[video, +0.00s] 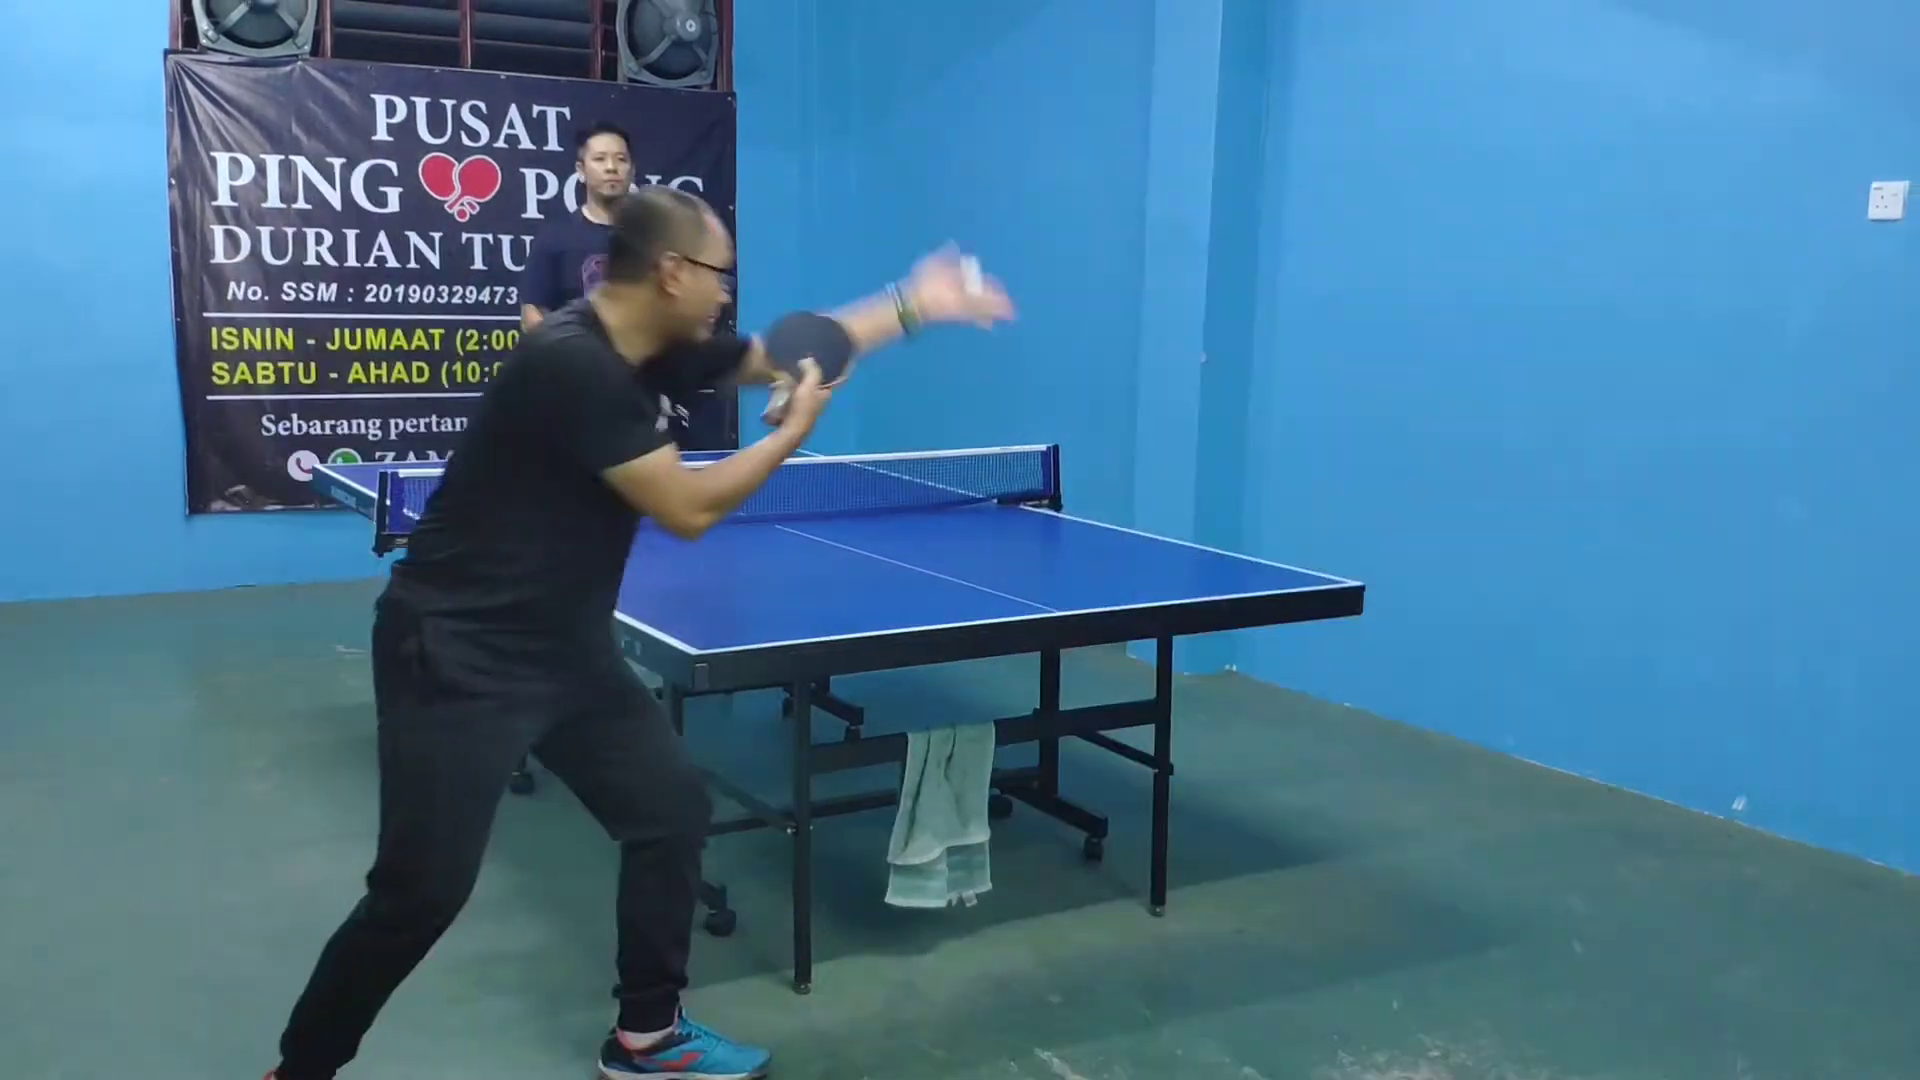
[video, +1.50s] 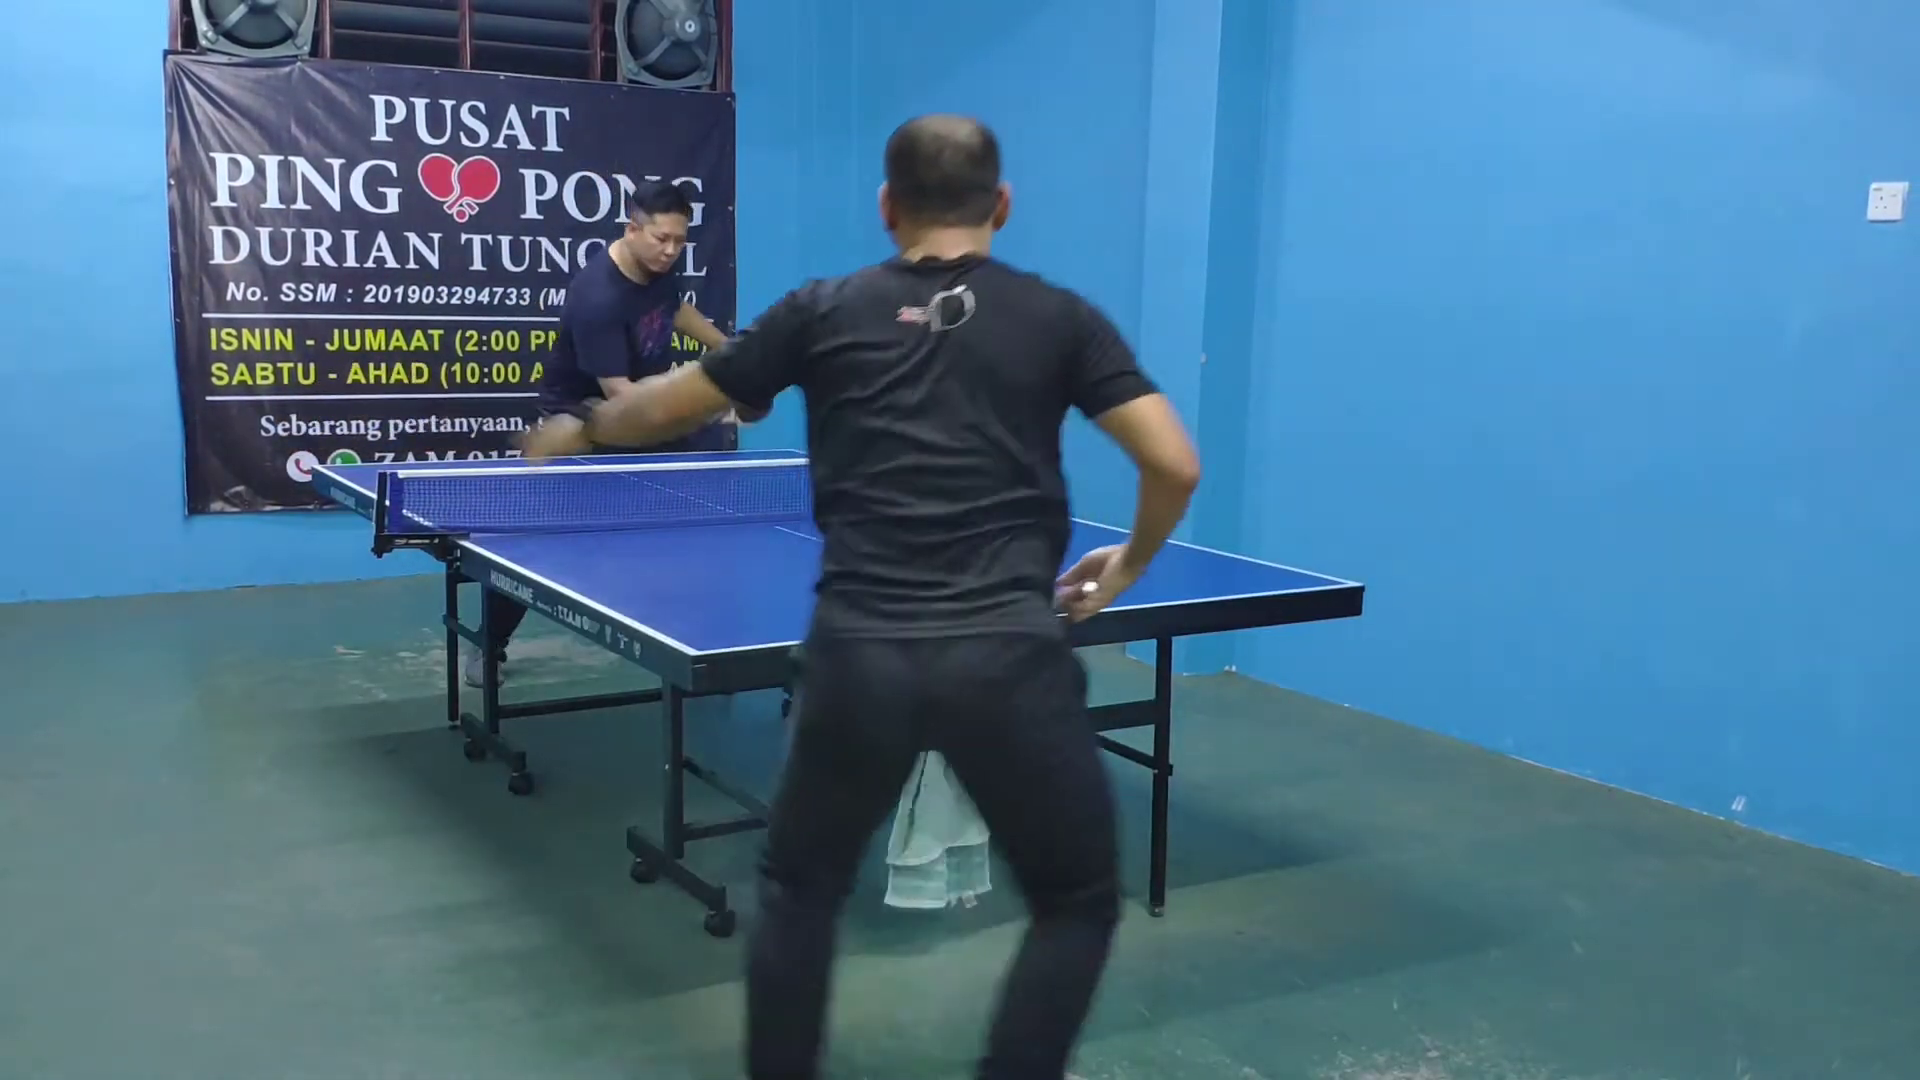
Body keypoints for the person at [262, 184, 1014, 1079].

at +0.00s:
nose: (727, 292)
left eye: (726, 273)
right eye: (720, 272)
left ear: (664, 271)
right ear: (669, 273)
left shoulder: (662, 350)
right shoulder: (568, 366)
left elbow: (780, 360)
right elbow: (686, 506)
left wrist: (910, 305)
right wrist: (791, 430)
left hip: (564, 648)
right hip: (452, 646)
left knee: (670, 810)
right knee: (423, 888)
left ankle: (646, 1034)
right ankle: (302, 1067)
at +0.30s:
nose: (562, 237)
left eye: (552, 220)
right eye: (543, 224)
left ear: (495, 257)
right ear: (494, 259)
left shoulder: (539, 326)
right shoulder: (393, 406)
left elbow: (652, 262)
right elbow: (356, 597)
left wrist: (750, 190)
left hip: (485, 646)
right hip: (368, 669)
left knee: (610, 792)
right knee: (374, 900)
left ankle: (596, 1015)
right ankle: (293, 1067)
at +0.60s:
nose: (625, 282)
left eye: (622, 263)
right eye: (610, 264)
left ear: (553, 278)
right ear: (550, 277)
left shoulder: (577, 369)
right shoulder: (416, 362)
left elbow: (635, 378)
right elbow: (260, 429)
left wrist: (669, 364)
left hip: (494, 660)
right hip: (379, 680)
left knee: (619, 775)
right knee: (398, 940)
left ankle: (464, 904)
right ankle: (298, 1070)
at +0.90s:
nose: (728, 426)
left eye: (734, 417)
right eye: (730, 410)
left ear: (666, 359)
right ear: (707, 383)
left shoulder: (572, 404)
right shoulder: (663, 391)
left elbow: (465, 525)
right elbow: (728, 525)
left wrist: (607, 630)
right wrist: (716, 631)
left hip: (545, 704)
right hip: (474, 708)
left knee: (646, 840)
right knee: (495, 987)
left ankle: (559, 1040)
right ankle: (274, 1065)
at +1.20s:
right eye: (858, 310)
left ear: (755, 311)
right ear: (855, 322)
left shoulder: (687, 377)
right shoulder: (869, 400)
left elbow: (547, 399)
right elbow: (955, 538)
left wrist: (410, 387)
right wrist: (906, 642)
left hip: (615, 687)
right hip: (728, 705)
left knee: (661, 874)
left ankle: (559, 1036)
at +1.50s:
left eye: (887, 195)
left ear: (887, 206)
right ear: (1000, 205)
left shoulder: (821, 312)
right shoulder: (1058, 317)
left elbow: (654, 412)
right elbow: (1174, 467)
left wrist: (614, 411)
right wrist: (1126, 563)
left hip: (860, 669)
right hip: (1009, 670)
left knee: (799, 892)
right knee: (1075, 904)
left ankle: (779, 1068)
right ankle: (1015, 1074)